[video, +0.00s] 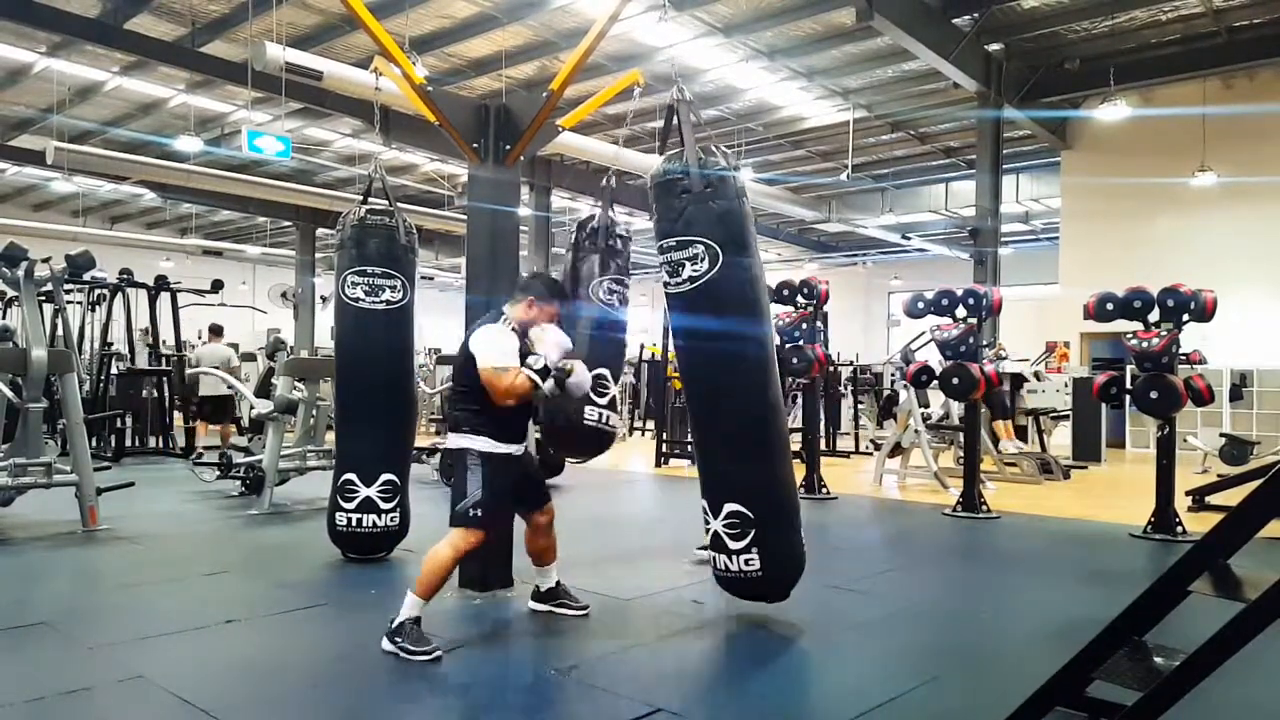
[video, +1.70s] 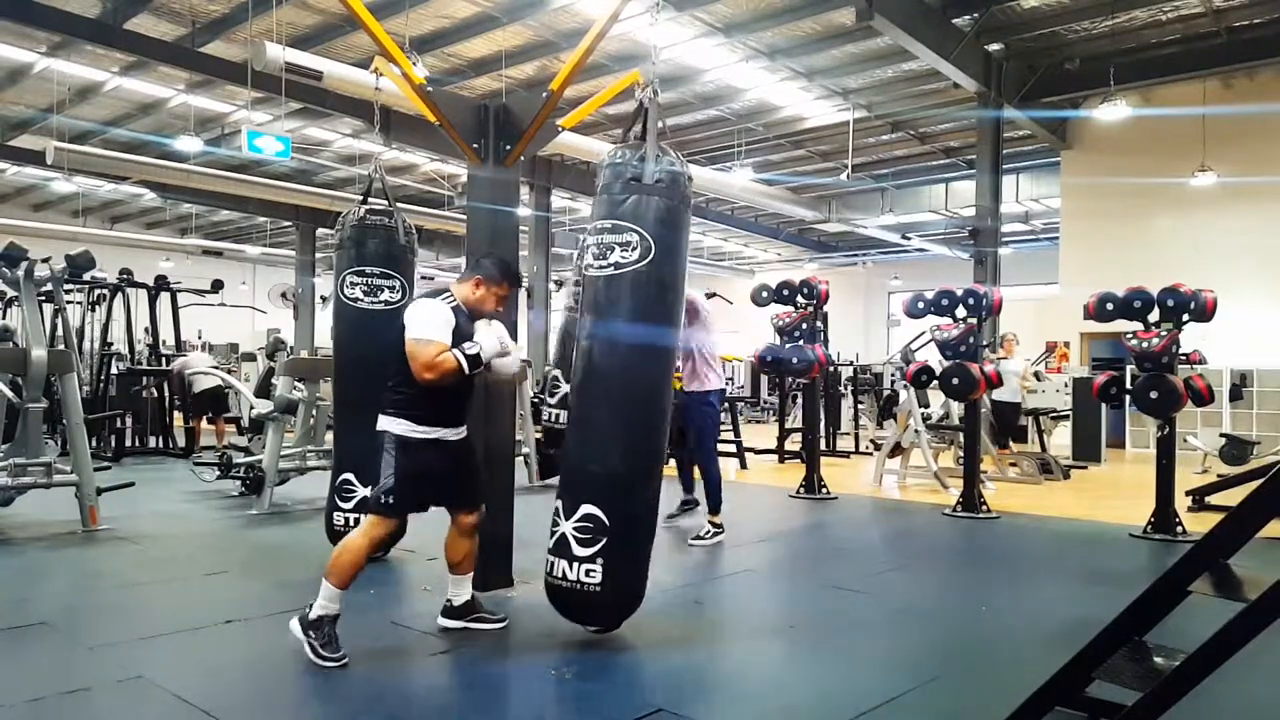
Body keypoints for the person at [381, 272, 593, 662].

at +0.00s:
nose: (550, 325)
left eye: (553, 319)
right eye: (549, 316)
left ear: (530, 308)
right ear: (529, 305)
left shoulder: (522, 342)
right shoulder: (491, 335)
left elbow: (529, 390)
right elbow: (504, 392)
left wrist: (565, 382)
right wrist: (540, 364)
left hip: (512, 450)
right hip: (474, 449)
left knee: (541, 515)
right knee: (470, 533)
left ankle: (547, 589)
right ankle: (403, 624)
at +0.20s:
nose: (529, 304)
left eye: (532, 299)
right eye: (529, 296)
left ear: (513, 287)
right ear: (512, 283)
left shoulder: (496, 317)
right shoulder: (473, 309)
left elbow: (501, 376)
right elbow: (492, 371)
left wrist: (522, 389)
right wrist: (523, 335)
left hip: (486, 435)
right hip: (449, 434)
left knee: (519, 503)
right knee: (432, 529)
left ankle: (494, 591)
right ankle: (381, 622)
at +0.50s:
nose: (519, 302)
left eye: (523, 295)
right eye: (517, 292)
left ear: (506, 286)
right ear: (494, 278)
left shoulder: (499, 319)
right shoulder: (445, 303)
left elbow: (517, 349)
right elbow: (435, 358)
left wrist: (553, 345)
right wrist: (490, 348)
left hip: (477, 435)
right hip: (429, 435)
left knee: (505, 509)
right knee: (400, 526)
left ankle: (487, 593)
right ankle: (357, 621)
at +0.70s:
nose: (496, 305)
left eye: (500, 298)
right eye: (494, 295)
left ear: (482, 288)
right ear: (473, 282)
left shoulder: (476, 324)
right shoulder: (423, 312)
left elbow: (478, 370)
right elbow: (409, 367)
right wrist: (471, 362)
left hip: (462, 442)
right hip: (415, 442)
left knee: (482, 517)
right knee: (388, 530)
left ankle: (480, 602)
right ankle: (320, 616)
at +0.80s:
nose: (479, 308)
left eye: (482, 301)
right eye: (478, 298)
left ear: (460, 290)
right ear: (456, 286)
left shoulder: (455, 328)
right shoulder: (408, 316)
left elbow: (451, 378)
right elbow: (399, 372)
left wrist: (478, 391)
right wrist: (458, 391)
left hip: (440, 447)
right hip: (393, 446)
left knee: (467, 524)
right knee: (370, 538)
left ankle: (480, 602)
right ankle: (304, 625)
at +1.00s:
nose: (452, 292)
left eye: (456, 284)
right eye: (451, 282)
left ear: (429, 273)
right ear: (427, 270)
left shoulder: (418, 310)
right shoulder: (383, 300)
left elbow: (411, 360)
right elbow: (370, 356)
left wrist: (444, 367)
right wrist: (429, 370)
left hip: (409, 431)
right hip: (362, 433)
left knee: (442, 501)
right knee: (344, 530)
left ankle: (430, 591)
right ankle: (305, 624)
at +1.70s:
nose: (500, 311)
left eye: (505, 303)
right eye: (500, 301)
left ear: (482, 289)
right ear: (478, 285)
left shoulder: (470, 321)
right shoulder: (428, 309)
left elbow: (471, 369)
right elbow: (427, 370)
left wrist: (502, 367)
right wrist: (477, 350)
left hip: (452, 437)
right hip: (406, 436)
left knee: (468, 517)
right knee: (382, 527)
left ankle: (459, 604)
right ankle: (318, 617)